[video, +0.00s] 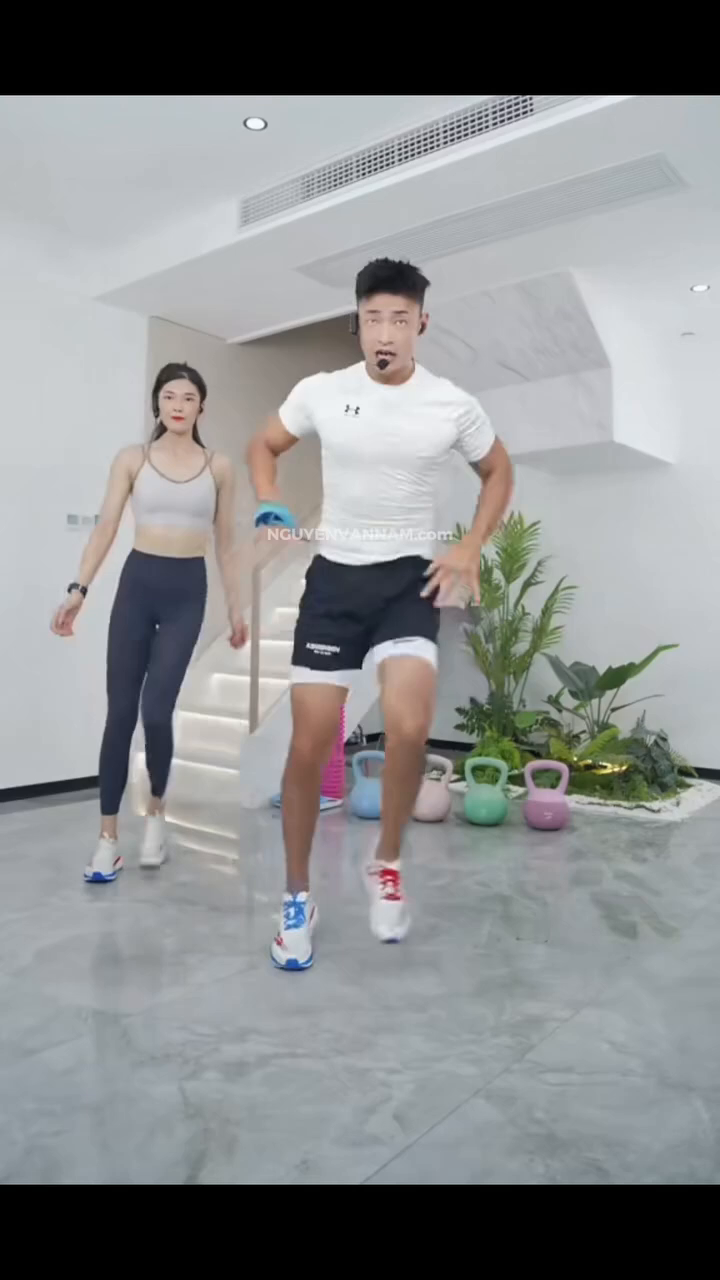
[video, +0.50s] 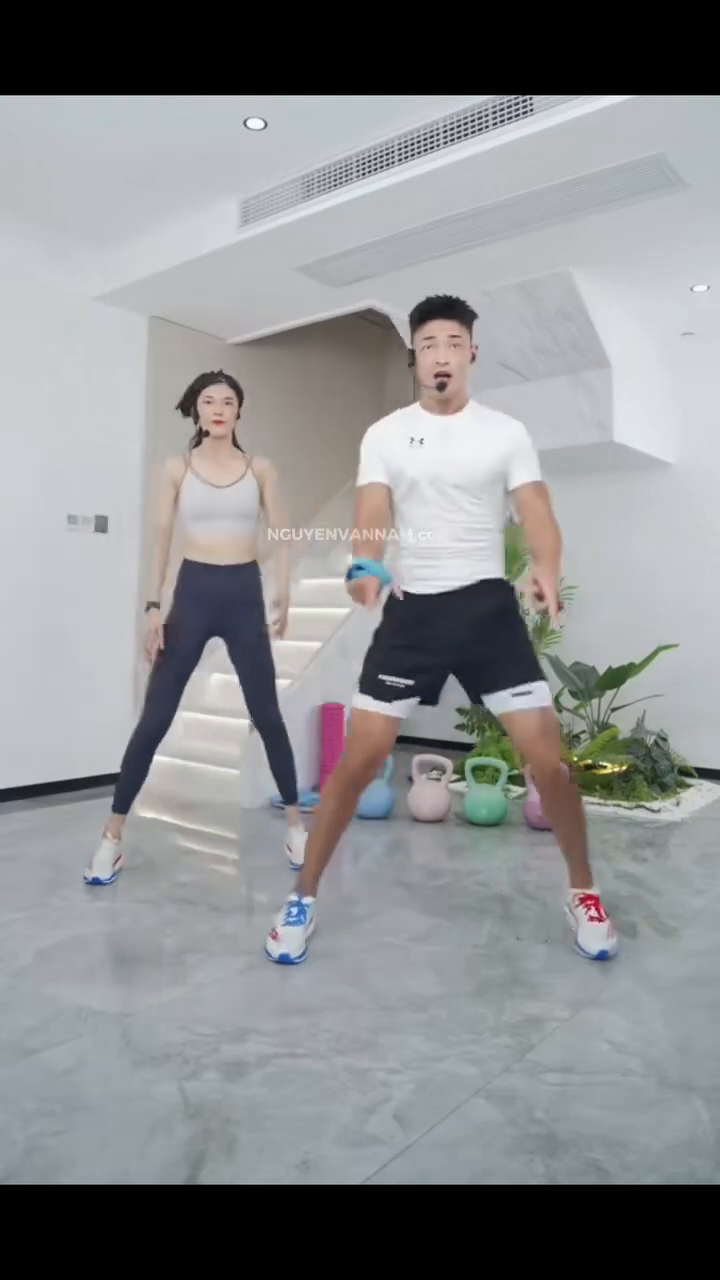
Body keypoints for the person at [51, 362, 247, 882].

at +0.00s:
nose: (179, 405)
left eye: (188, 398)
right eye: (170, 396)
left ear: (202, 406)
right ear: (157, 404)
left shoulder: (218, 467)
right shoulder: (133, 459)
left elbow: (226, 544)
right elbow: (106, 529)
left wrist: (236, 610)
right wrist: (79, 591)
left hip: (188, 594)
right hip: (135, 590)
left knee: (156, 713)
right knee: (121, 714)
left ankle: (155, 813)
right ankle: (108, 835)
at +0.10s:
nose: (175, 407)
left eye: (185, 400)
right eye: (167, 399)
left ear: (199, 407)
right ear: (153, 406)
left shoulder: (217, 467)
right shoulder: (132, 461)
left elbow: (221, 546)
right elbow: (107, 531)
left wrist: (226, 614)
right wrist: (82, 592)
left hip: (189, 595)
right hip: (135, 591)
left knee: (165, 721)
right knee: (120, 717)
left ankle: (142, 817)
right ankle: (108, 833)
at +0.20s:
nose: (180, 413)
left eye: (188, 406)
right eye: (171, 405)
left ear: (200, 415)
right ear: (156, 412)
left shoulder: (215, 473)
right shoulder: (131, 467)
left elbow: (224, 552)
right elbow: (109, 538)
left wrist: (232, 622)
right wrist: (96, 597)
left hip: (193, 601)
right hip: (138, 598)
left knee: (215, 710)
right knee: (119, 717)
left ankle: (187, 800)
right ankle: (109, 835)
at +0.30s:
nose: (189, 410)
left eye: (197, 403)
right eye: (180, 402)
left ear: (209, 412)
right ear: (165, 409)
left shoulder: (225, 470)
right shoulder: (142, 463)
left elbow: (237, 545)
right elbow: (120, 536)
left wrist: (250, 610)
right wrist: (116, 599)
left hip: (202, 601)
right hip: (147, 599)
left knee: (245, 705)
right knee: (126, 720)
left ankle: (242, 796)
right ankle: (110, 835)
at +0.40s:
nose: (202, 404)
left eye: (210, 397)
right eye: (193, 396)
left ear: (223, 407)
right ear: (179, 405)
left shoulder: (238, 464)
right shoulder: (157, 459)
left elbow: (252, 535)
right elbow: (141, 534)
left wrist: (262, 590)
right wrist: (138, 598)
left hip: (222, 593)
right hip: (165, 591)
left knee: (252, 710)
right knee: (140, 717)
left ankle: (287, 814)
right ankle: (112, 834)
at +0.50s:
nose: (219, 410)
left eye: (227, 403)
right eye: (210, 403)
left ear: (239, 412)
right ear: (196, 411)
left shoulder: (260, 470)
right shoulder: (177, 467)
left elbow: (280, 536)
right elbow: (163, 538)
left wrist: (283, 599)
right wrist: (155, 606)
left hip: (245, 597)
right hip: (189, 596)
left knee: (266, 715)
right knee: (155, 719)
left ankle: (296, 825)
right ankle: (113, 833)